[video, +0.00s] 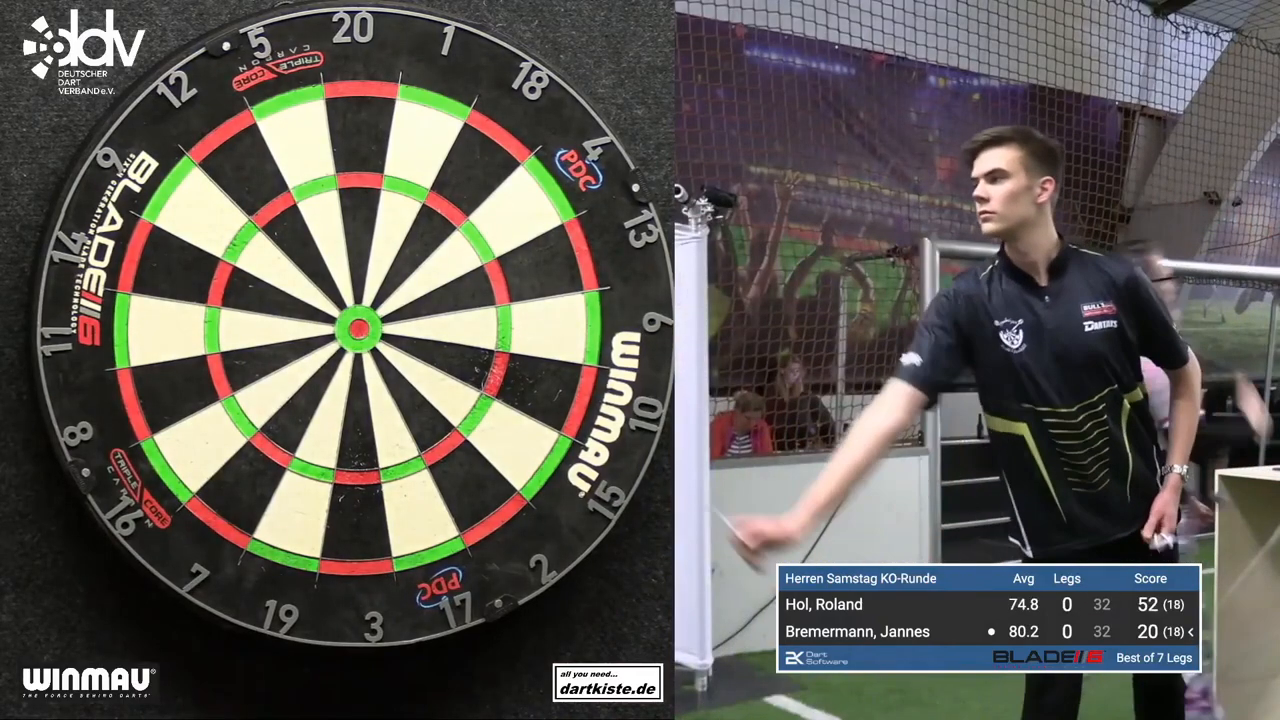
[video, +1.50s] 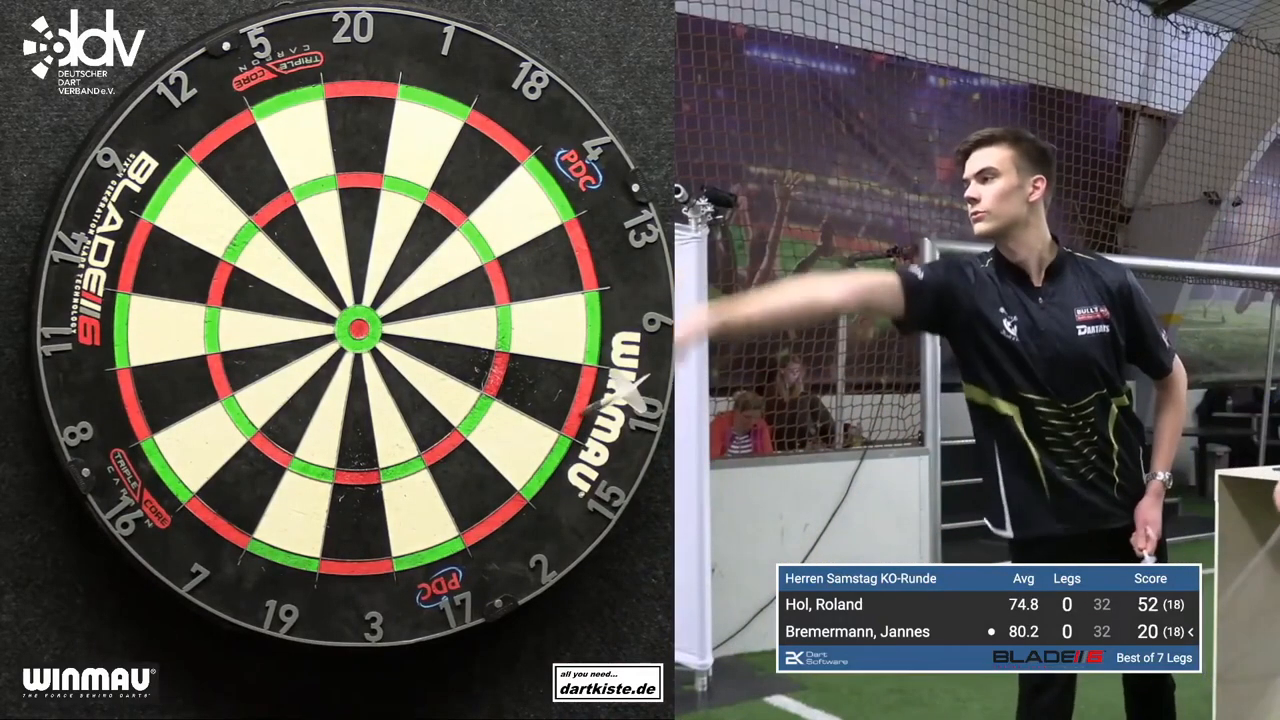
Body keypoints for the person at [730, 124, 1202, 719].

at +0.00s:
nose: (978, 193)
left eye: (996, 178)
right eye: (976, 182)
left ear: (1045, 190)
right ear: (976, 196)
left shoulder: (1116, 280)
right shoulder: (965, 305)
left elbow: (1186, 374)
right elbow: (891, 408)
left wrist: (1175, 479)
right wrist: (799, 520)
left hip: (1140, 527)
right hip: (1049, 541)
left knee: (1162, 692)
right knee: (1051, 699)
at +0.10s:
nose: (976, 193)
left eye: (993, 178)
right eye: (972, 183)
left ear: (1042, 189)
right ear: (970, 198)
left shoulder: (1114, 279)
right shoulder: (964, 299)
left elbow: (1182, 371)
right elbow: (864, 384)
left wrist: (1174, 478)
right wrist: (753, 463)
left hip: (1145, 526)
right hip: (1054, 543)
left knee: (1164, 694)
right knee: (1050, 703)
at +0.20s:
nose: (974, 192)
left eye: (991, 178)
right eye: (970, 183)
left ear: (1040, 190)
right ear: (972, 198)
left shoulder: (1111, 279)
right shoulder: (962, 297)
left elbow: (1182, 374)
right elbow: (844, 364)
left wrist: (1171, 480)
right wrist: (714, 377)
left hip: (1141, 528)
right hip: (1049, 544)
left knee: (1163, 695)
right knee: (1049, 704)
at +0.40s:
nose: (972, 193)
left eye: (988, 178)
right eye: (969, 183)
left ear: (1039, 190)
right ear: (967, 198)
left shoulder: (1109, 280)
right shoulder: (961, 295)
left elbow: (1178, 378)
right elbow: (849, 352)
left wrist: (1167, 481)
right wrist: (725, 277)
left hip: (1138, 527)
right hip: (1047, 541)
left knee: (1161, 692)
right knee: (1049, 700)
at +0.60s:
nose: (970, 194)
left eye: (988, 179)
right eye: (967, 183)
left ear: (1036, 190)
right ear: (967, 199)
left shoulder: (1110, 278)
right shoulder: (961, 297)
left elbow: (1176, 373)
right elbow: (845, 350)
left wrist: (1164, 479)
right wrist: (791, 232)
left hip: (1136, 527)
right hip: (1045, 543)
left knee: (1157, 691)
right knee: (1049, 700)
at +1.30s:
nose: (968, 192)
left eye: (985, 177)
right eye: (965, 184)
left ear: (1035, 190)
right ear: (966, 199)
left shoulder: (1104, 282)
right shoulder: (959, 280)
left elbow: (1174, 377)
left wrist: (1160, 487)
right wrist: (698, 271)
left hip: (1132, 520)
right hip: (1047, 529)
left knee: (1154, 681)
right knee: (1048, 693)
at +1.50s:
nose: (970, 193)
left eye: (986, 178)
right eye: (967, 184)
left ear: (1037, 188)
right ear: (969, 198)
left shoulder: (1109, 283)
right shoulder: (960, 284)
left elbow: (1173, 381)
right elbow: (840, 290)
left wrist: (1157, 487)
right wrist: (707, 318)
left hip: (1127, 522)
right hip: (1038, 535)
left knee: (1153, 682)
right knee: (1046, 691)